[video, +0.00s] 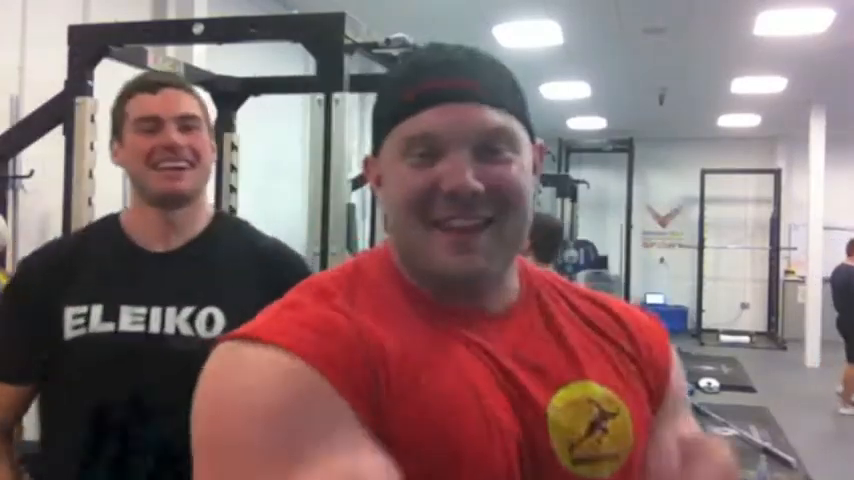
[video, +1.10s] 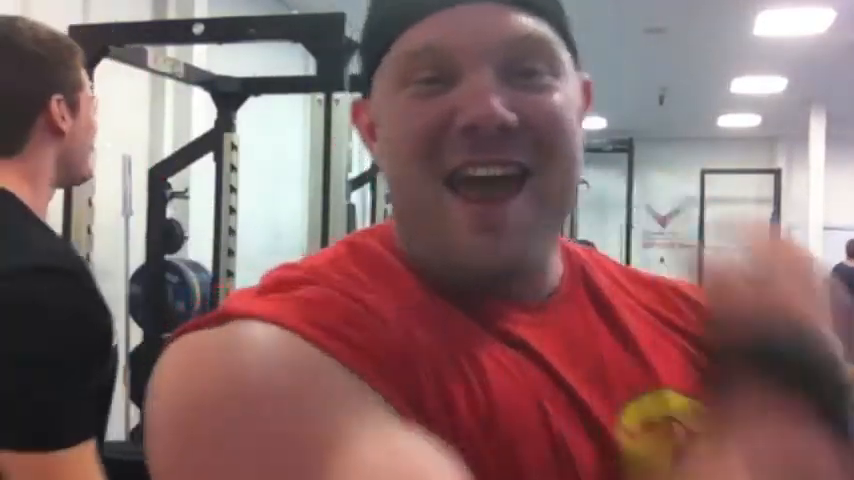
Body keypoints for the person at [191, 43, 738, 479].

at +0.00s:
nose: (462, 182)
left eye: (493, 150)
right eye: (424, 153)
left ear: (536, 165)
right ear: (374, 175)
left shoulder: (633, 342)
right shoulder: (275, 370)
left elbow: (694, 461)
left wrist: (712, 460)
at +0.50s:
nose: (450, 121)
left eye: (489, 87)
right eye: (404, 92)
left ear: (543, 127)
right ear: (350, 138)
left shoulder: (639, 302)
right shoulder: (243, 338)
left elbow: (782, 447)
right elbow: (411, 466)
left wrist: (791, 450)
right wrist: (702, 295)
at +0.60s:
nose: (449, 122)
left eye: (489, 86)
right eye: (402, 91)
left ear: (546, 126)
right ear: (348, 138)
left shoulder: (651, 308)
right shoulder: (235, 344)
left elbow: (817, 448)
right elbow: (401, 464)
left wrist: (798, 445)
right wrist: (740, 304)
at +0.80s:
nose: (447, 121)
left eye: (486, 83)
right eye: (399, 89)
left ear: (547, 120)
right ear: (343, 136)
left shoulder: (607, 293)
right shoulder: (221, 356)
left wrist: (765, 453)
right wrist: (646, 263)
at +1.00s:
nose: (461, 118)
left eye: (501, 78)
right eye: (410, 86)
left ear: (562, 113)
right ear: (352, 133)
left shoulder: (621, 291)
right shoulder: (227, 358)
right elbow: (619, 455)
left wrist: (800, 449)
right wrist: (655, 255)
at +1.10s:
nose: (488, 110)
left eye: (528, 74)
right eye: (434, 79)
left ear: (582, 105)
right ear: (367, 129)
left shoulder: (711, 326)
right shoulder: (244, 367)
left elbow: (794, 456)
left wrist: (798, 372)